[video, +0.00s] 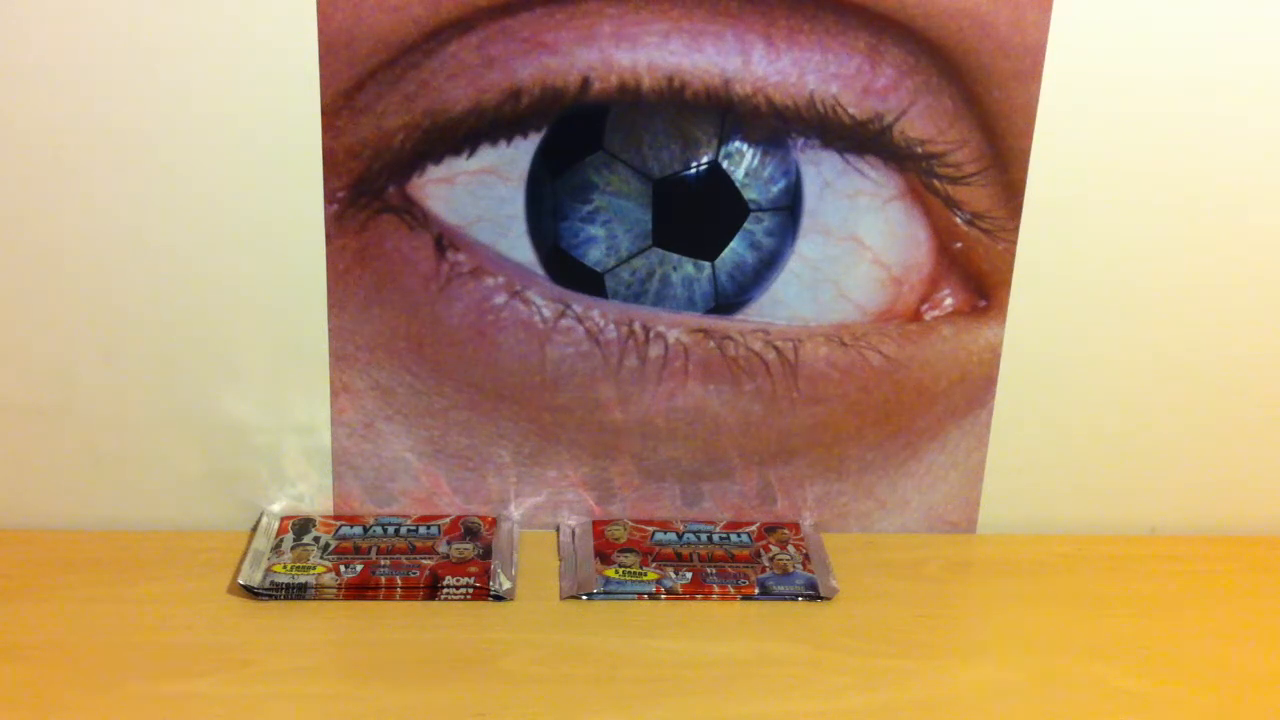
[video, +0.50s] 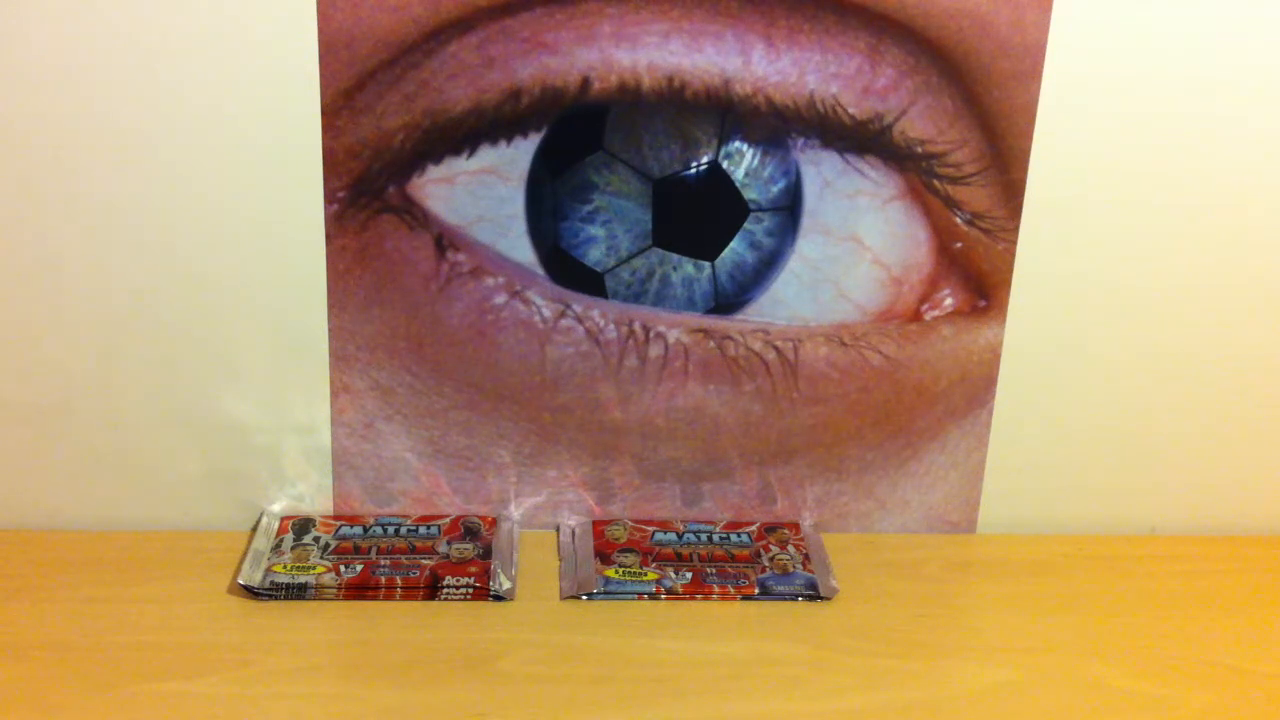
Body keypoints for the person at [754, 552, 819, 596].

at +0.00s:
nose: (784, 563)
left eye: (787, 560)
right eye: (780, 560)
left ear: (792, 562)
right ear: (772, 563)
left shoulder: (809, 579)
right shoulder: (762, 580)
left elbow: (818, 604)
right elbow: (760, 605)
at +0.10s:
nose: (784, 563)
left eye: (788, 560)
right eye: (780, 560)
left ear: (792, 562)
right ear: (772, 563)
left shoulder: (809, 579)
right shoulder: (763, 580)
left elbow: (819, 603)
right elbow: (761, 604)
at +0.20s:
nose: (784, 563)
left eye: (788, 560)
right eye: (780, 560)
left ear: (792, 562)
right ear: (772, 563)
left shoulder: (809, 579)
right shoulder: (763, 580)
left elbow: (819, 603)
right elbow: (761, 604)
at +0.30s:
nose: (784, 563)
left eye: (788, 560)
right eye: (780, 560)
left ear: (792, 562)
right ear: (772, 563)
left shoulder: (809, 579)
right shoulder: (763, 580)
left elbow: (819, 603)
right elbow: (761, 604)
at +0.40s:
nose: (784, 563)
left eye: (788, 560)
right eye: (780, 560)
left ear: (792, 562)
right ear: (772, 563)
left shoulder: (809, 579)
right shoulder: (763, 580)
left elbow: (817, 604)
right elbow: (761, 604)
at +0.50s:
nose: (784, 563)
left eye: (788, 560)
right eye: (780, 560)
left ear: (792, 562)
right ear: (772, 563)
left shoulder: (809, 579)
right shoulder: (763, 580)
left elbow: (819, 602)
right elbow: (761, 604)